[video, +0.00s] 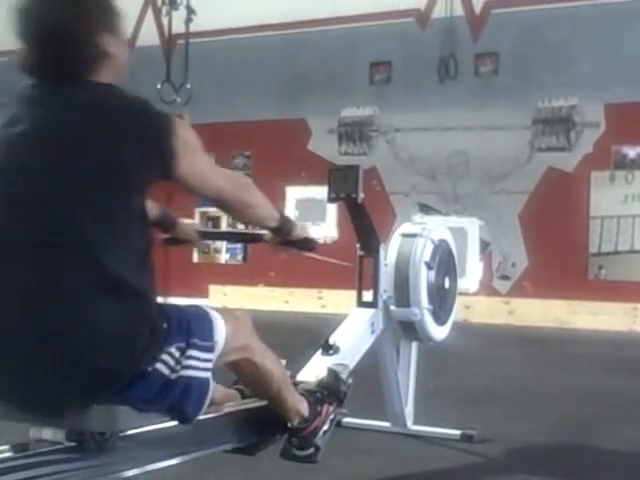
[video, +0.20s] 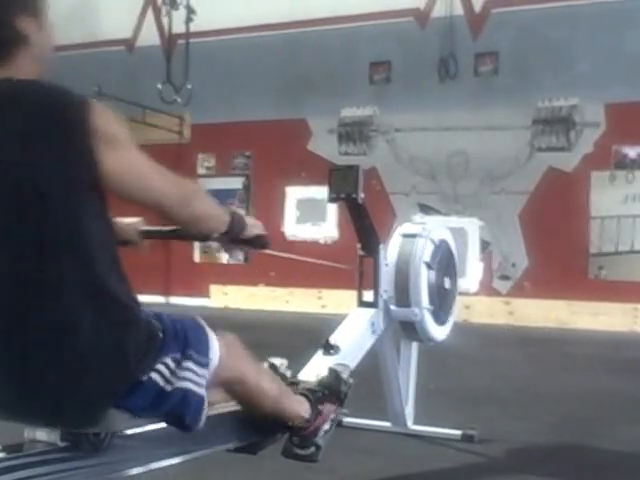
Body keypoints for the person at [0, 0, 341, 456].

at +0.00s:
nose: (127, 46)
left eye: (122, 34)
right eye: (121, 35)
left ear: (37, 50)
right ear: (104, 44)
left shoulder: (15, 123)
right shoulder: (135, 121)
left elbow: (82, 189)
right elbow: (230, 190)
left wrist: (168, 222)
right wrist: (283, 226)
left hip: (15, 357)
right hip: (102, 350)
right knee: (238, 332)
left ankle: (252, 419)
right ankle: (302, 416)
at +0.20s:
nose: (52, 38)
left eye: (47, 23)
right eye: (45, 22)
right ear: (23, 25)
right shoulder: (69, 114)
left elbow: (19, 222)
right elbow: (179, 202)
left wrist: (104, 229)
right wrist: (232, 224)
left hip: (3, 350)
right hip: (82, 349)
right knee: (228, 354)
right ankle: (304, 416)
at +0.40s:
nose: (18, 49)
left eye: (16, 36)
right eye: (15, 36)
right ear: (5, 40)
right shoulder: (14, 125)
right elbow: (108, 261)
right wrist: (163, 238)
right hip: (45, 346)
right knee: (222, 369)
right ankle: (304, 413)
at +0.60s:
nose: (50, 52)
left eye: (48, 39)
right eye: (46, 39)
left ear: (14, 40)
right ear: (22, 38)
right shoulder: (24, 113)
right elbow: (53, 261)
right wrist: (121, 244)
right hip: (34, 360)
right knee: (219, 344)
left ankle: (257, 405)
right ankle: (302, 414)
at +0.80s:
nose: (99, 52)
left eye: (98, 41)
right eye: (95, 40)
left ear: (13, 49)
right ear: (71, 42)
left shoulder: (4, 112)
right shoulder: (90, 120)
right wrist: (202, 235)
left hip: (14, 368)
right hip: (89, 364)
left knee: (161, 303)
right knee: (242, 311)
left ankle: (239, 407)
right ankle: (300, 414)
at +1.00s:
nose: (166, 66)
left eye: (162, 52)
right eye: (161, 51)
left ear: (83, 63)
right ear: (142, 59)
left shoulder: (56, 131)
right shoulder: (171, 133)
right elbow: (270, 235)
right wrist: (287, 233)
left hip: (61, 366)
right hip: (142, 368)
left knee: (183, 268)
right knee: (265, 273)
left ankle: (233, 406)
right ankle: (299, 414)